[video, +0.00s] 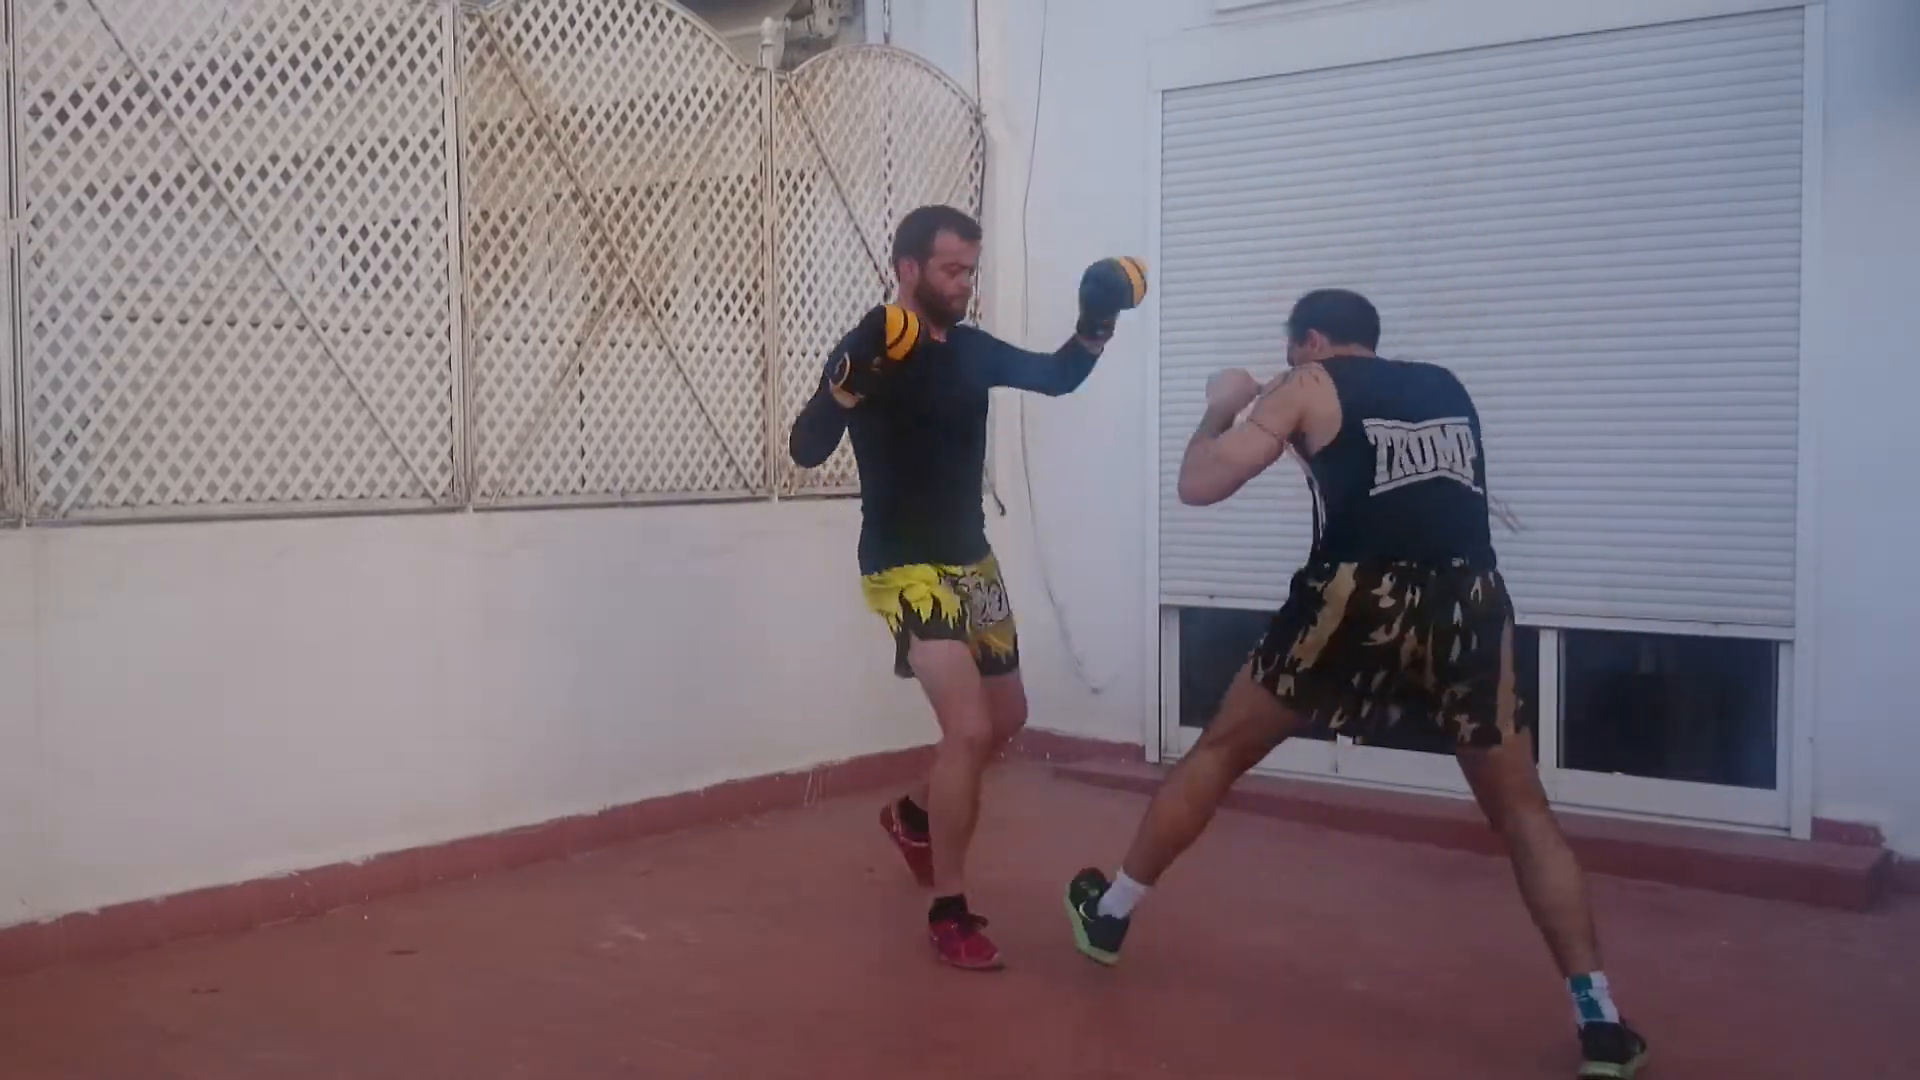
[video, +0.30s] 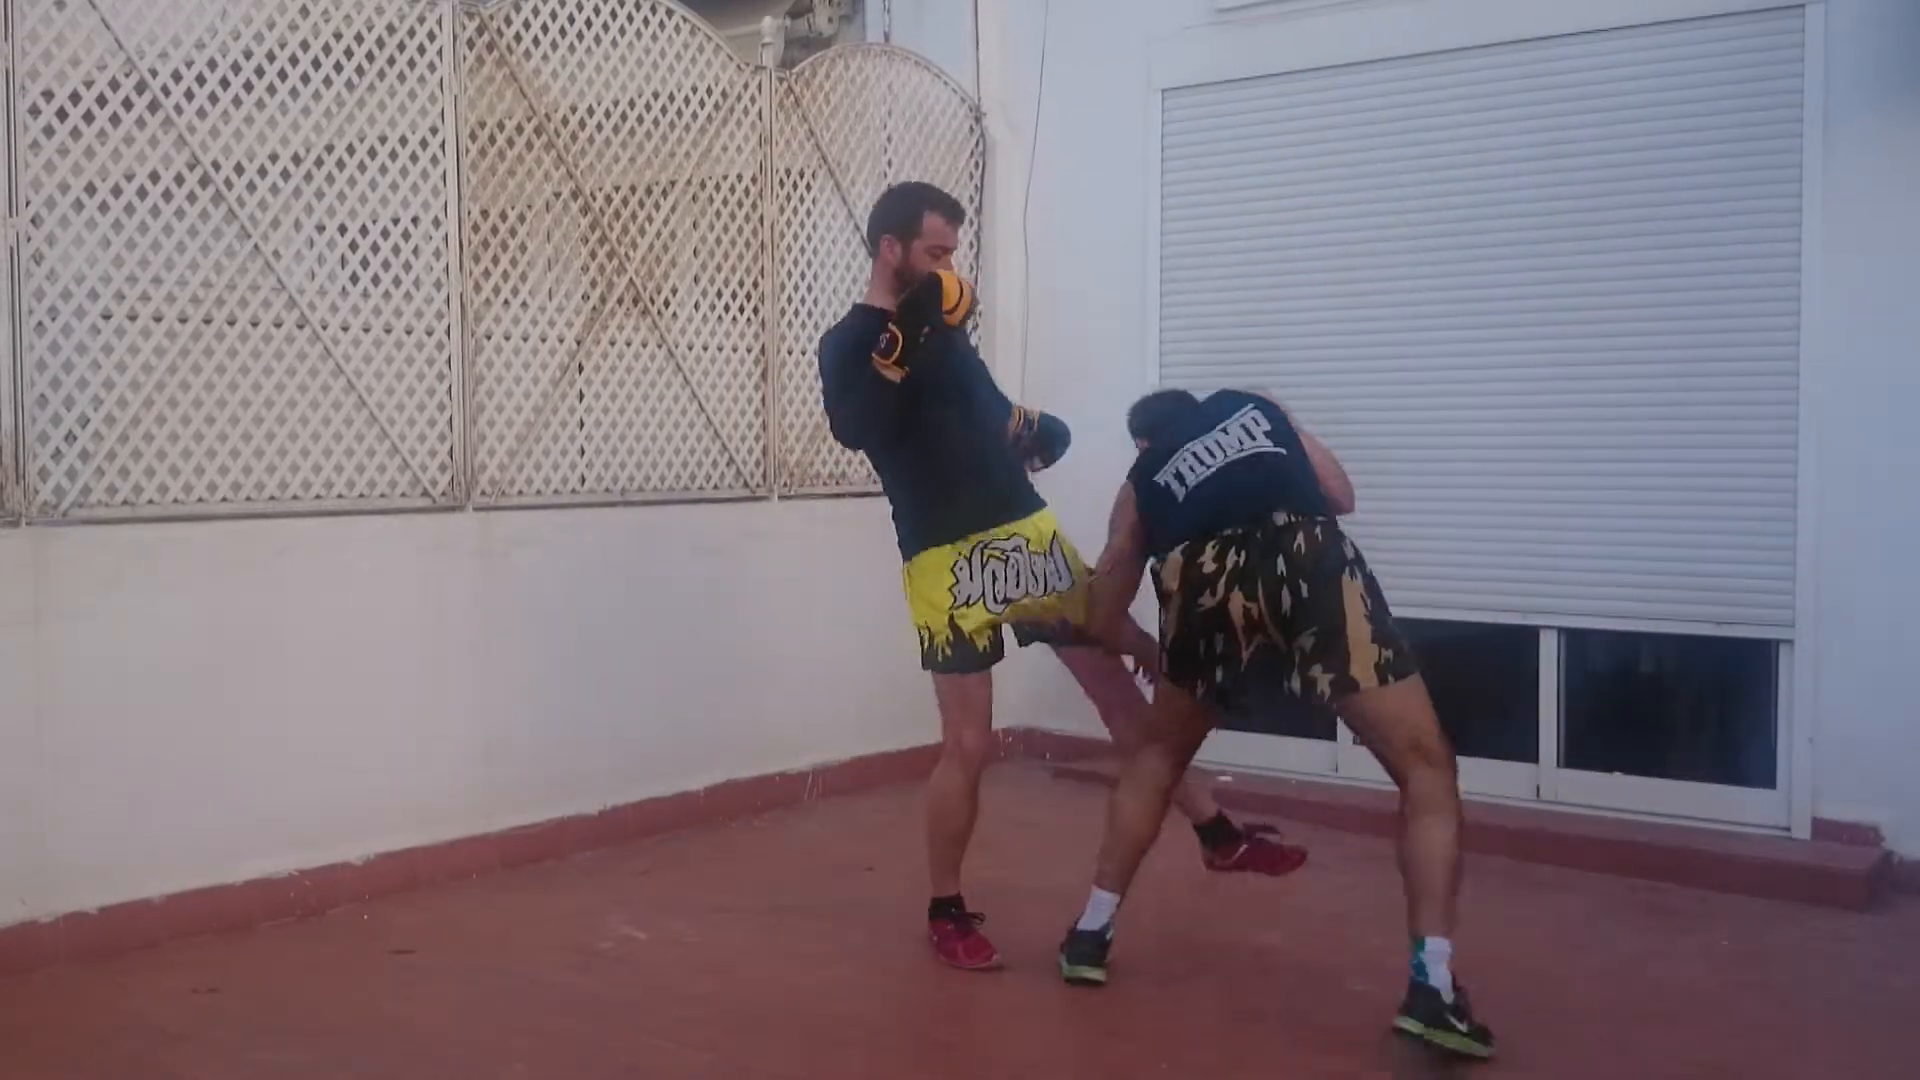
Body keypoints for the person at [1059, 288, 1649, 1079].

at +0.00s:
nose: (1289, 360)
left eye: (1292, 348)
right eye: (1289, 350)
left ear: (1315, 342)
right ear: (1371, 341)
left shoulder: (1305, 388)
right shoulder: (1444, 386)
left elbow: (1197, 483)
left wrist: (1219, 414)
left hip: (1353, 604)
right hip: (1471, 611)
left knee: (1222, 753)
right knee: (1523, 810)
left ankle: (1111, 912)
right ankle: (1599, 1016)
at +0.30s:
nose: (1136, 453)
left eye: (1135, 447)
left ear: (1144, 441)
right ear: (1197, 404)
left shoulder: (1139, 485)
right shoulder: (1260, 406)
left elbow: (1104, 626)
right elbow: (1339, 492)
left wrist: (1138, 645)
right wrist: (1262, 481)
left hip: (1204, 582)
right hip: (1312, 561)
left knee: (1159, 750)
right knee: (1425, 765)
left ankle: (1091, 931)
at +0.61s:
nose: (1235, 298)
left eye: (1233, 290)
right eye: (1219, 289)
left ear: (1226, 315)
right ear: (1188, 299)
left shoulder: (1250, 415)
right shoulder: (1163, 345)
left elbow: (1341, 495)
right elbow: (1184, 231)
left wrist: (1327, 404)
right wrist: (1260, 292)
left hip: (1193, 573)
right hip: (1209, 557)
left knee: (1198, 781)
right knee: (1315, 747)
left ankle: (1058, 921)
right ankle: (1320, 979)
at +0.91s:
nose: (1264, 279)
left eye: (1274, 276)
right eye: (1251, 265)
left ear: (1277, 303)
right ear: (1221, 271)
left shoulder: (1247, 401)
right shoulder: (1194, 315)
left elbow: (1312, 493)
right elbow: (1241, 197)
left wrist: (1340, 395)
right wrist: (1309, 281)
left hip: (1171, 561)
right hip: (1200, 551)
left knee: (1178, 762)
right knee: (1287, 745)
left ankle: (1046, 907)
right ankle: (1303, 968)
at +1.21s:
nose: (1352, 314)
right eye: (1349, 305)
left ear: (1272, 302)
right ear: (1342, 298)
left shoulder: (1221, 358)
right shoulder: (1344, 338)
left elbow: (1234, 462)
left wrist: (1344, 483)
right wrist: (1393, 365)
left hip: (1208, 555)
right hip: (1314, 557)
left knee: (1145, 741)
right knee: (1377, 755)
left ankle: (1052, 906)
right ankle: (1403, 955)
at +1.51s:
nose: (1282, 280)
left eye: (1283, 267)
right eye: (1283, 270)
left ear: (1307, 255)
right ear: (1362, 260)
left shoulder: (1283, 310)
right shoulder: (1428, 341)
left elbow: (1212, 423)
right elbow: (1415, 441)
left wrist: (1248, 468)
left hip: (1291, 536)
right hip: (1396, 546)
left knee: (1198, 732)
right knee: (1415, 747)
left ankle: (1149, 948)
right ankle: (1467, 951)